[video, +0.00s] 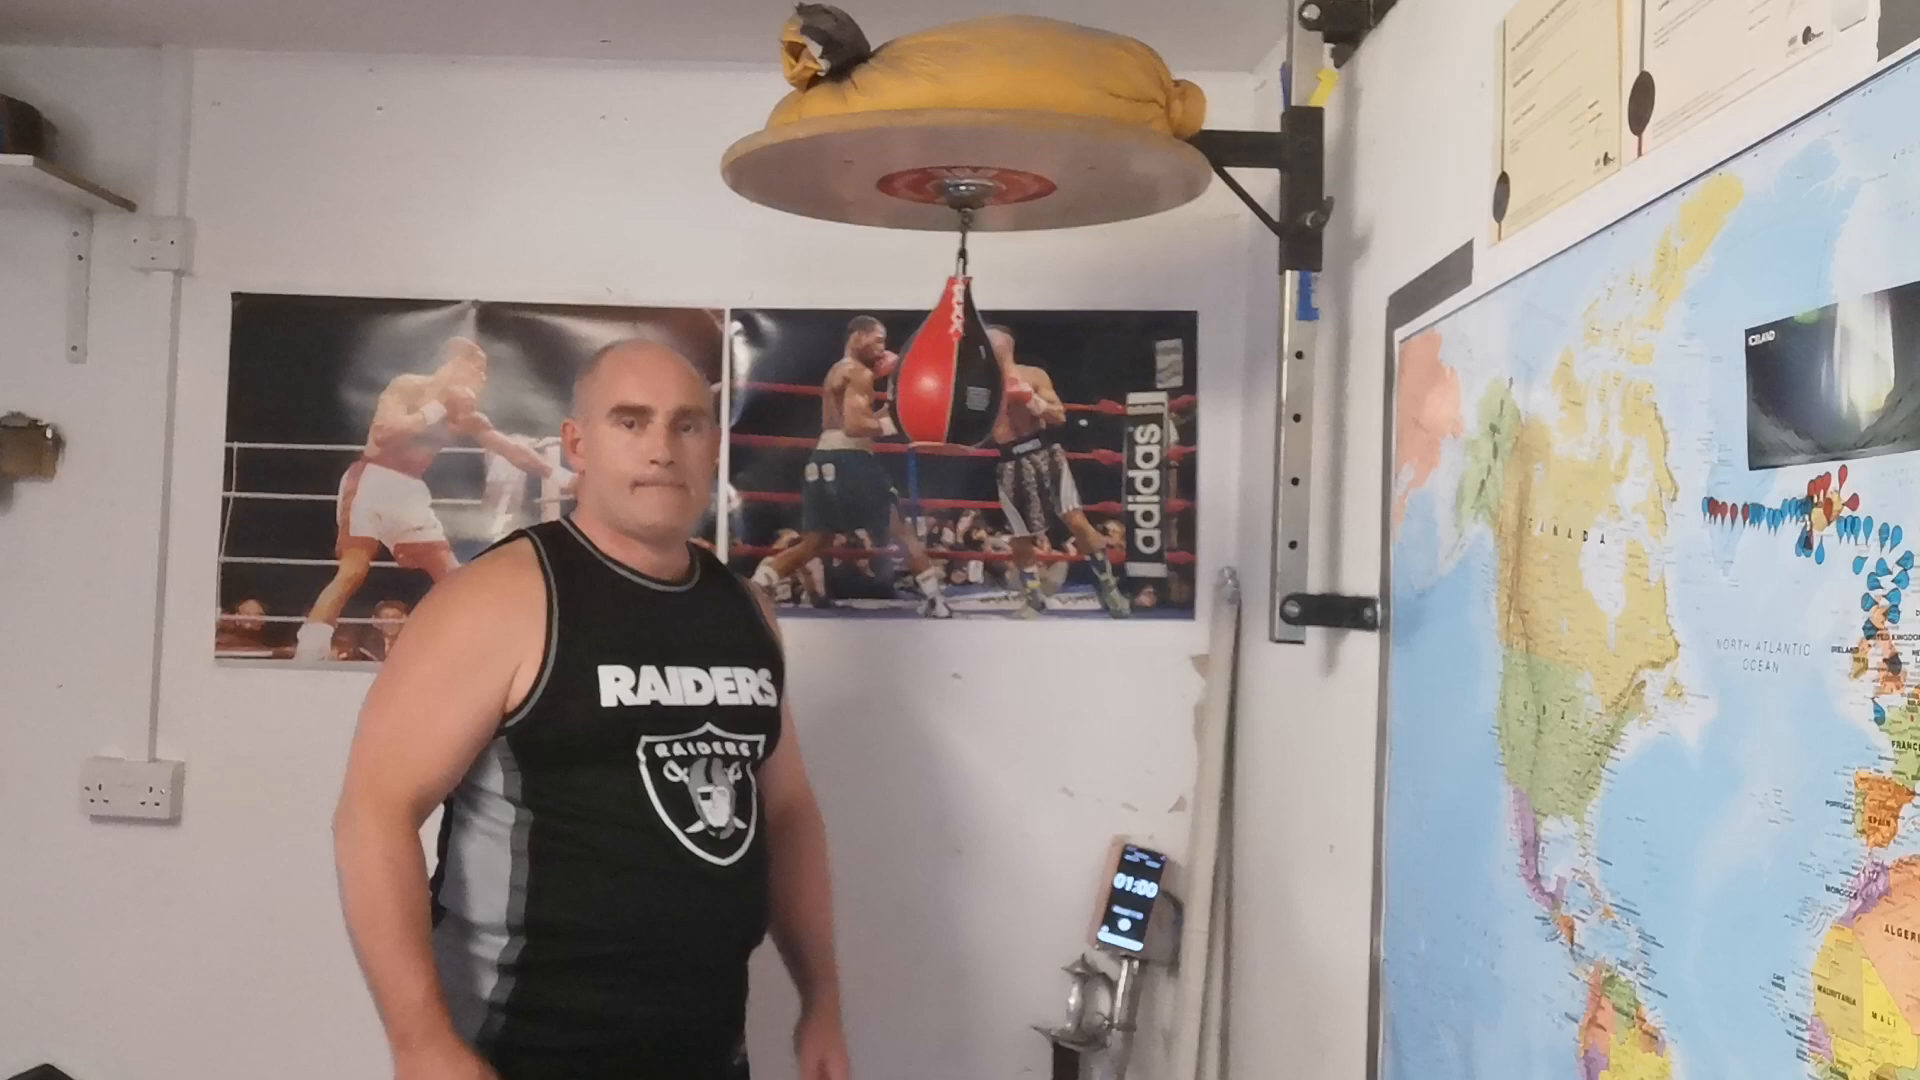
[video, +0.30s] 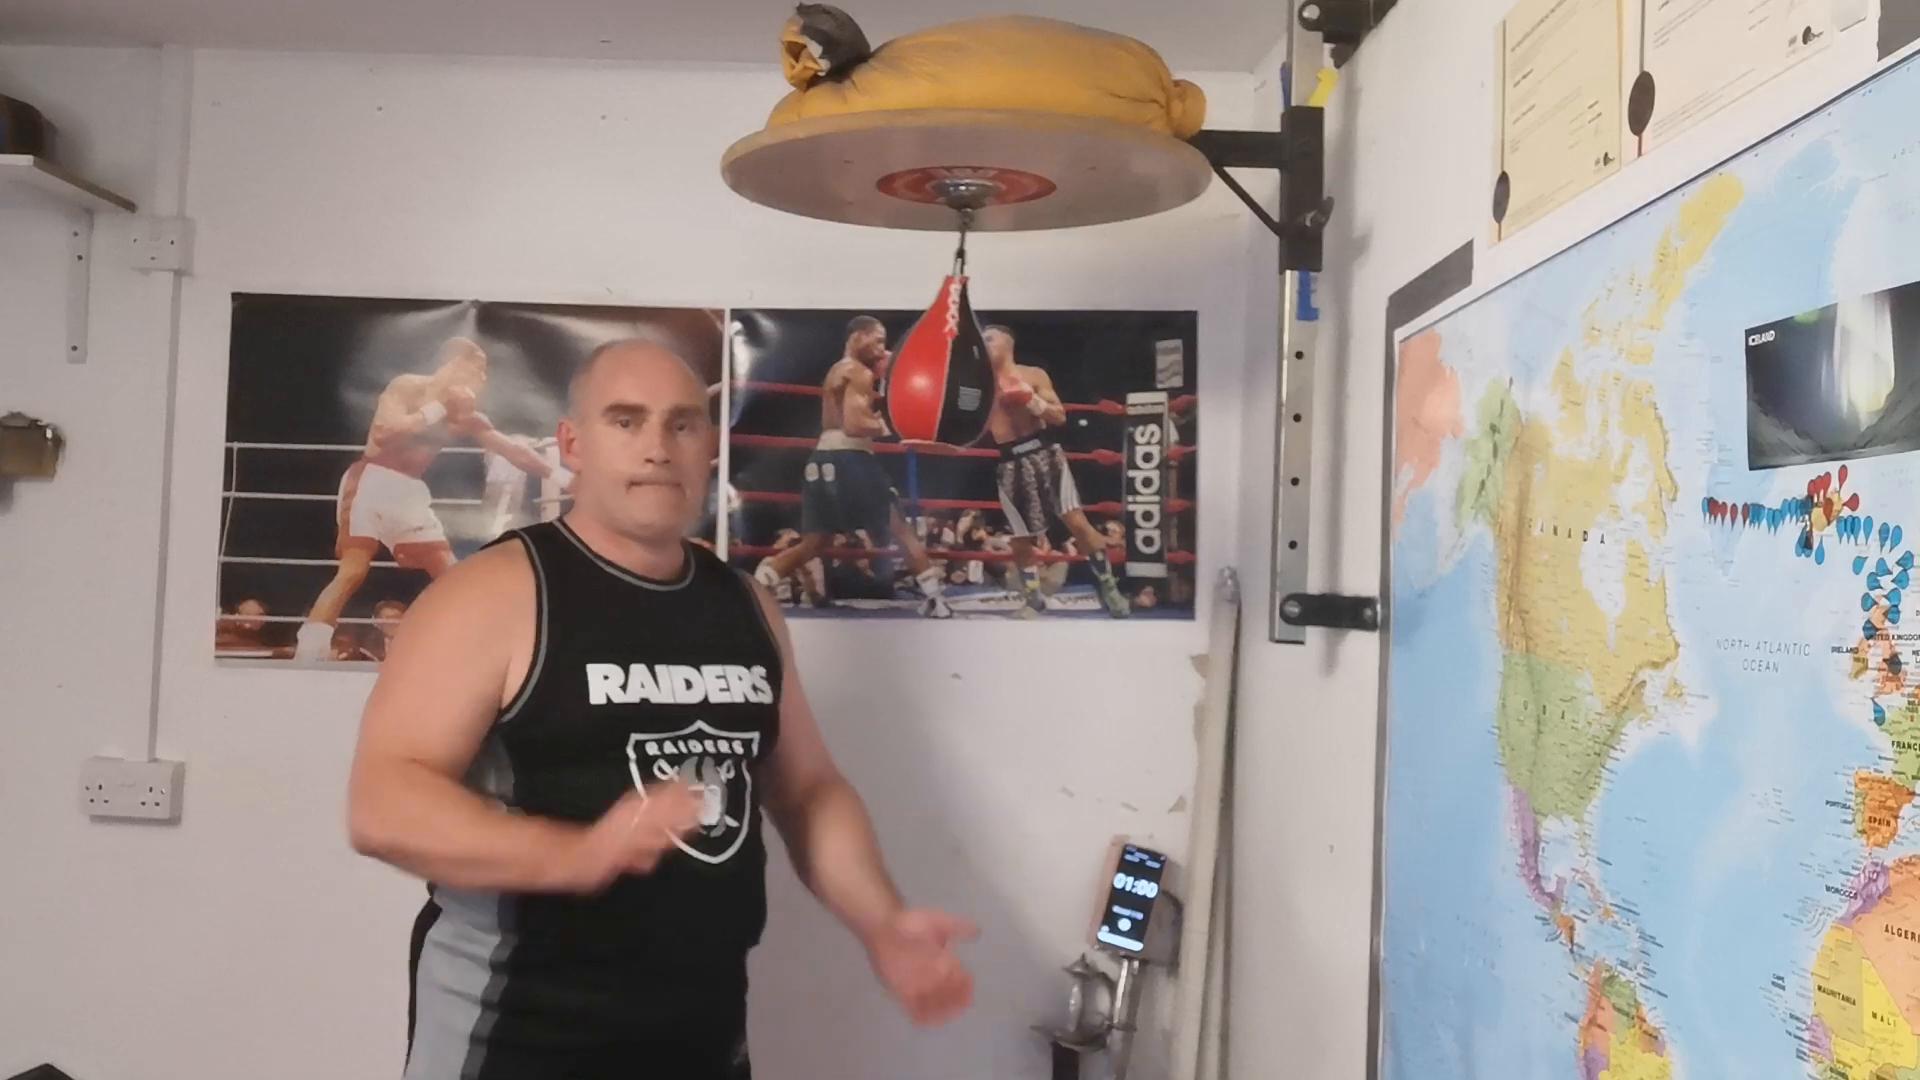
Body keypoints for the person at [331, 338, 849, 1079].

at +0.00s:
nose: (662, 450)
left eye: (686, 425)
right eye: (631, 421)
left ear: (714, 450)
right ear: (575, 444)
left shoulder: (740, 609)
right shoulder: (497, 599)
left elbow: (786, 811)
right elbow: (372, 812)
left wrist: (820, 997)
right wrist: (423, 1042)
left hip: (703, 1043)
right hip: (530, 1046)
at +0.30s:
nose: (659, 445)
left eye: (682, 424)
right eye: (627, 420)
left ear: (709, 450)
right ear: (572, 445)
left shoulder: (739, 604)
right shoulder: (488, 596)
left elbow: (809, 791)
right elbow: (384, 803)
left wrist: (880, 916)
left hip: (698, 1027)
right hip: (518, 1031)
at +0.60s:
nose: (661, 445)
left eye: (686, 423)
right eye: (631, 418)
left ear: (714, 452)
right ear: (575, 443)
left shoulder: (752, 606)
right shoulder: (493, 586)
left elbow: (844, 808)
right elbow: (446, 795)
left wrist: (819, 773)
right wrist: (680, 777)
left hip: (695, 1021)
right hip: (514, 1021)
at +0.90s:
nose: (705, 453)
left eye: (726, 436)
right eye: (674, 424)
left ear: (741, 466)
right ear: (605, 447)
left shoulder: (761, 614)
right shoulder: (522, 570)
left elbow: (881, 768)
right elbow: (333, 760)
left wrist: (990, 701)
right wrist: (401, 636)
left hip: (696, 1028)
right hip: (511, 1029)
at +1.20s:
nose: (722, 461)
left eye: (744, 445)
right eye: (694, 432)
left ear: (762, 472)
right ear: (628, 449)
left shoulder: (773, 624)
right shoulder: (537, 571)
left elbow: (892, 773)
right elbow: (341, 742)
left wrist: (990, 702)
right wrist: (425, 625)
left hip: (699, 1029)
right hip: (515, 1027)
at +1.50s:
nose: (728, 461)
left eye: (750, 446)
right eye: (700, 432)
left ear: (768, 473)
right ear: (634, 444)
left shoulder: (780, 627)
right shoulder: (544, 570)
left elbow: (896, 775)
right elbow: (345, 738)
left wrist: (989, 717)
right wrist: (438, 632)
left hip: (703, 1029)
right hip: (520, 1025)